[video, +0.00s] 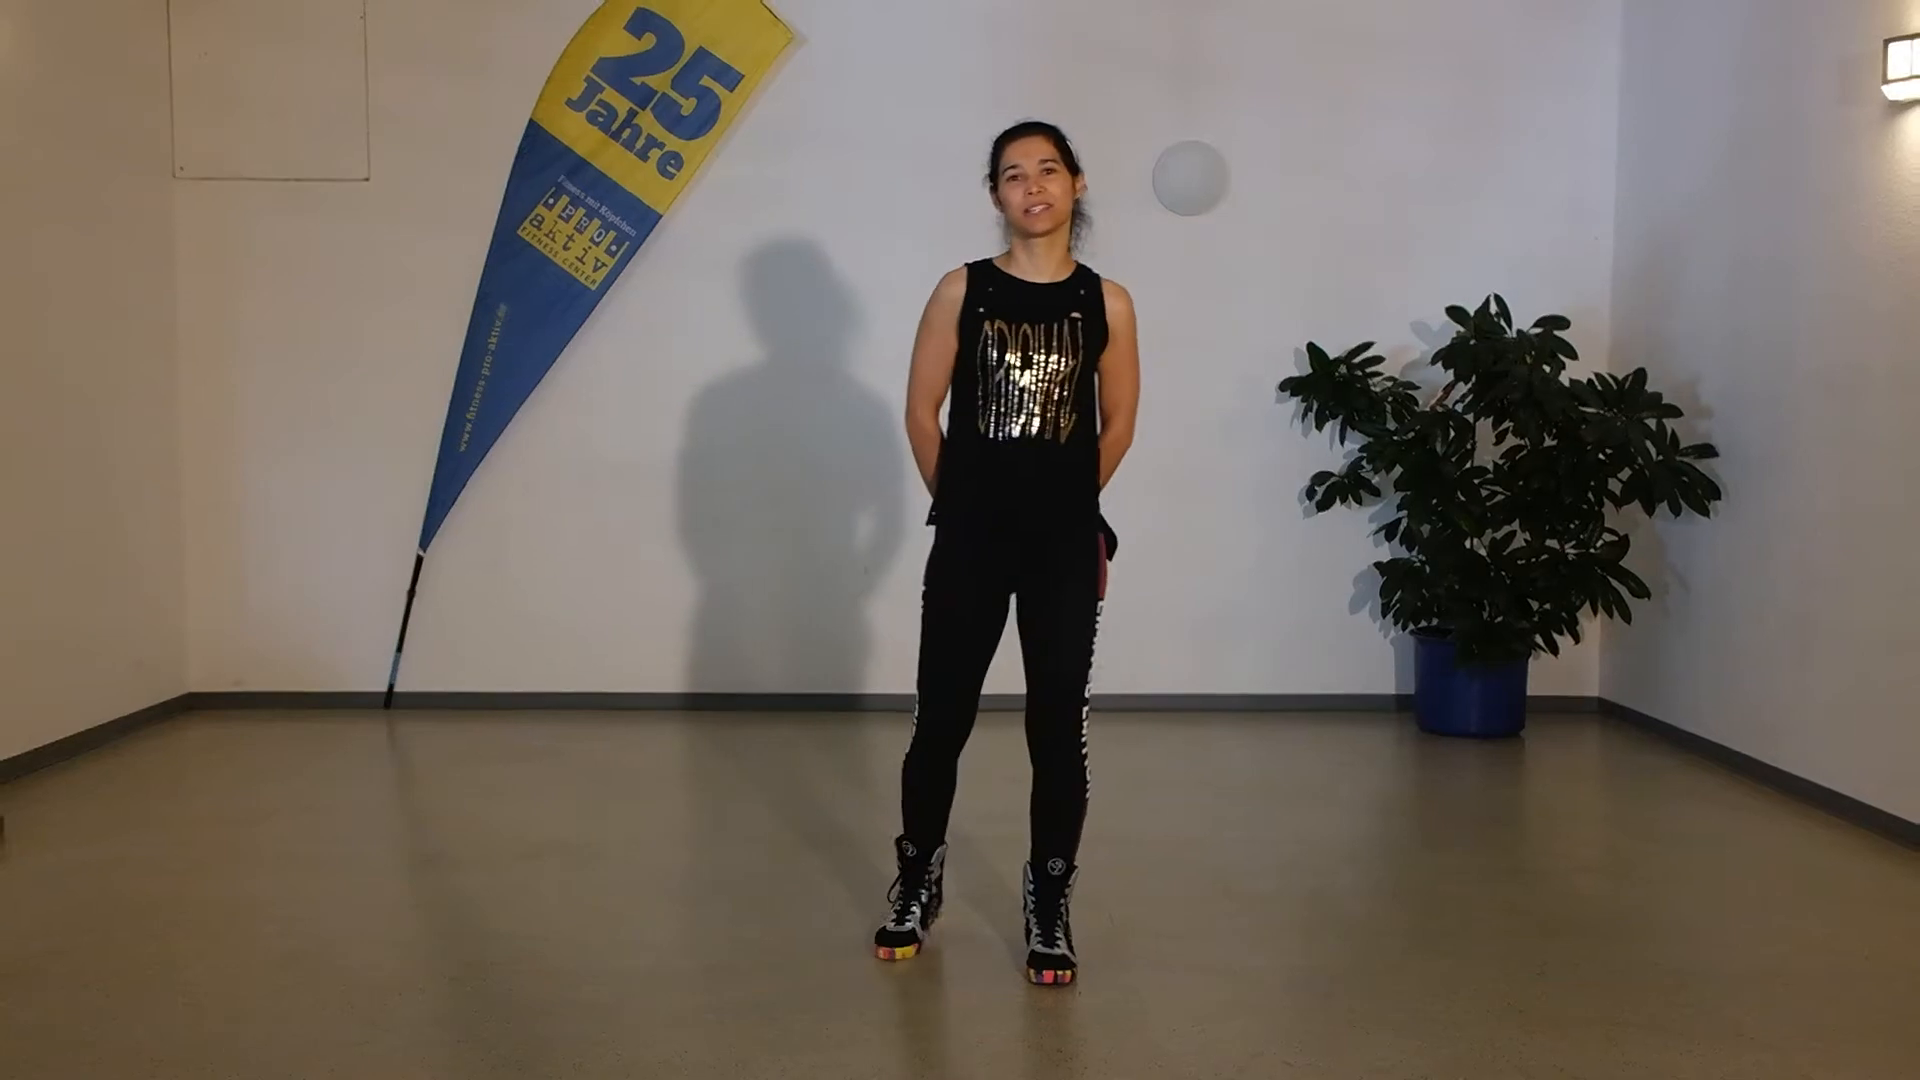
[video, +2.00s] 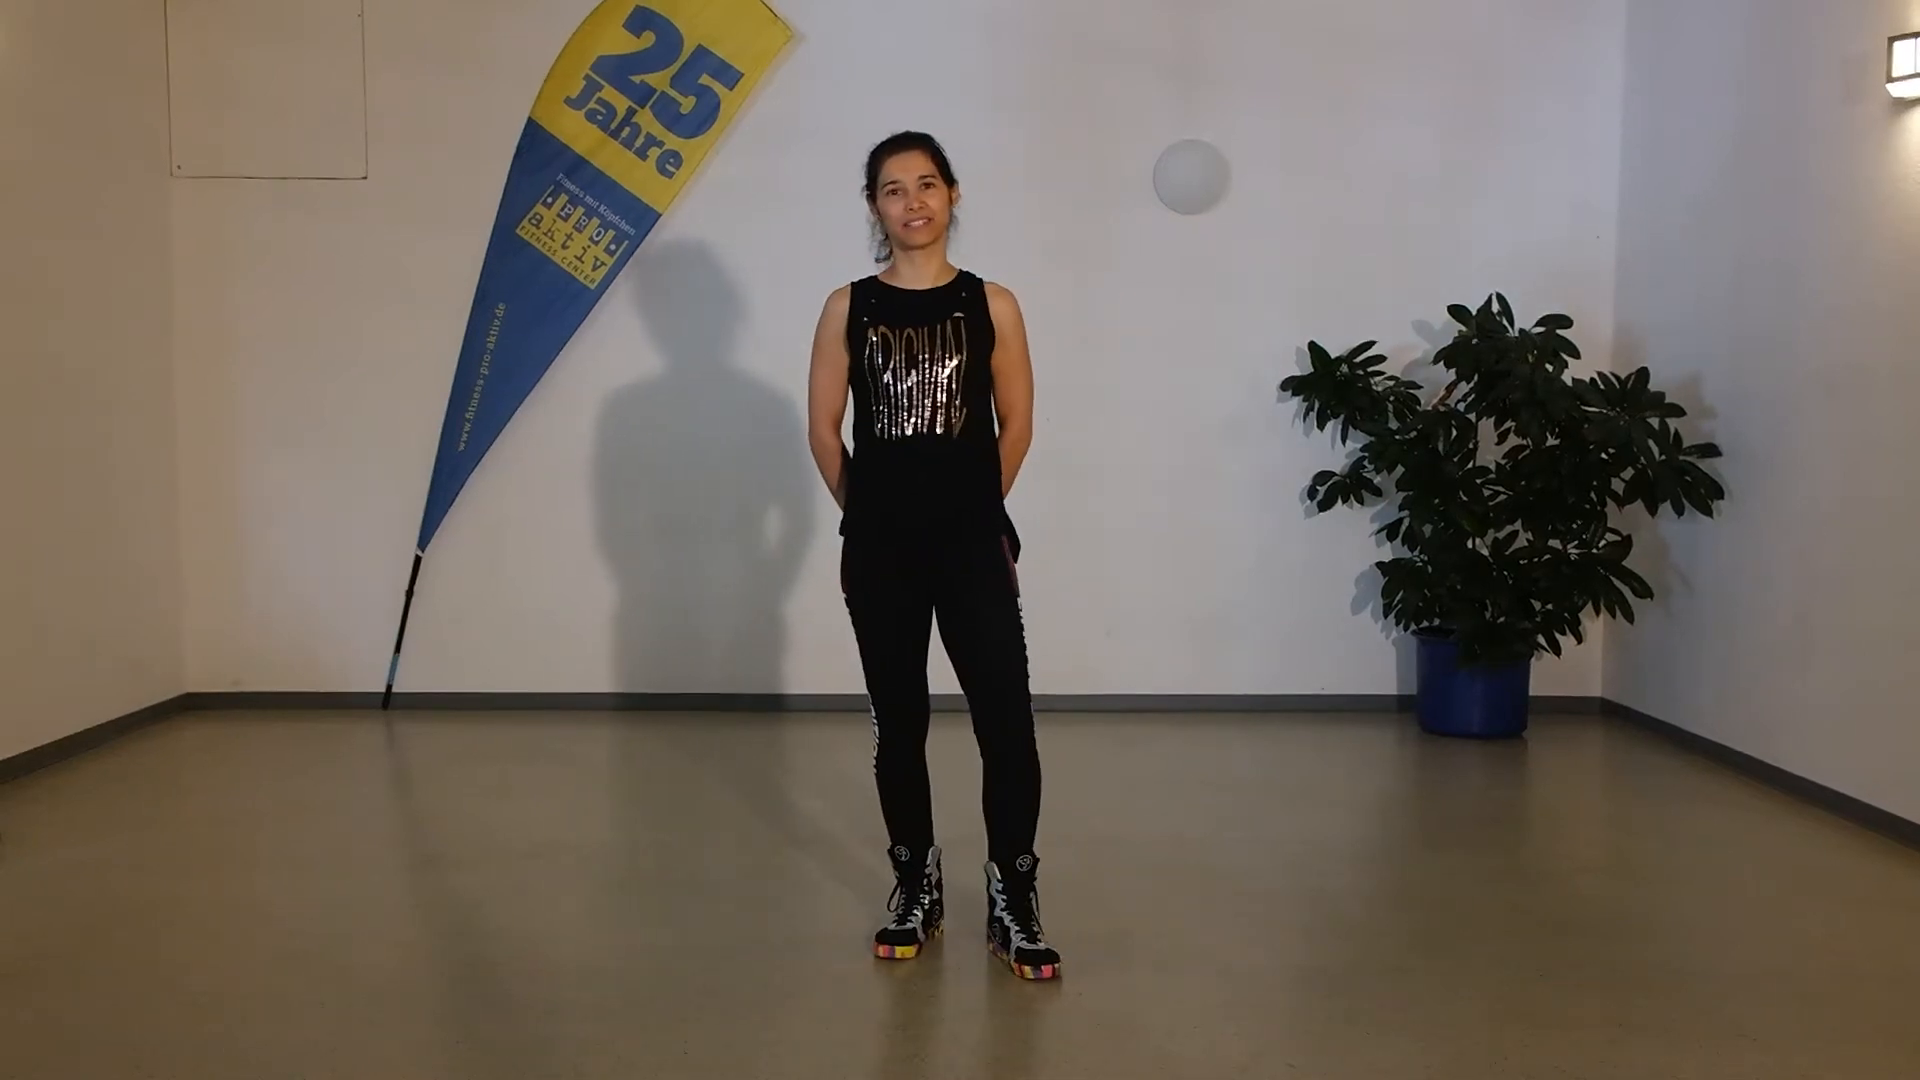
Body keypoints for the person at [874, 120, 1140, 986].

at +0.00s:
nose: (1030, 186)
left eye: (1045, 172)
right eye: (1013, 176)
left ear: (1075, 187)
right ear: (996, 198)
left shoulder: (1107, 302)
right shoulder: (961, 291)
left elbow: (1120, 423)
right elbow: (921, 412)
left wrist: (1074, 501)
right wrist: (953, 501)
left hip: (1063, 533)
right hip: (971, 527)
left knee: (1056, 725)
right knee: (941, 717)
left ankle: (1049, 908)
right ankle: (916, 881)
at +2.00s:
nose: (912, 200)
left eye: (926, 185)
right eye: (894, 190)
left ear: (952, 198)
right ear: (874, 209)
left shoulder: (992, 304)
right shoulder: (846, 307)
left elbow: (1018, 424)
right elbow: (823, 432)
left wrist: (980, 507)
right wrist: (863, 511)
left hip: (971, 536)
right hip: (880, 540)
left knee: (1007, 723)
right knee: (899, 723)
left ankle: (1014, 898)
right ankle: (913, 886)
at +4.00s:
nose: (948, 214)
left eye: (967, 203)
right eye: (936, 198)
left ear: (992, 222)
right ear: (916, 209)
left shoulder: (1002, 323)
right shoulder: (862, 295)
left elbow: (1006, 443)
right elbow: (820, 412)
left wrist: (953, 517)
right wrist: (843, 500)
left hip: (947, 541)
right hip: (856, 536)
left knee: (980, 716)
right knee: (883, 718)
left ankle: (993, 900)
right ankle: (911, 888)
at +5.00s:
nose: (915, 206)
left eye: (930, 192)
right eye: (899, 193)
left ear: (956, 207)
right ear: (880, 210)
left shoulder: (989, 309)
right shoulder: (846, 305)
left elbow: (1011, 433)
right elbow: (822, 433)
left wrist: (968, 512)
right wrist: (859, 504)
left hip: (956, 539)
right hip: (864, 542)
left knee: (987, 724)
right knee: (889, 724)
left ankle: (995, 902)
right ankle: (911, 886)